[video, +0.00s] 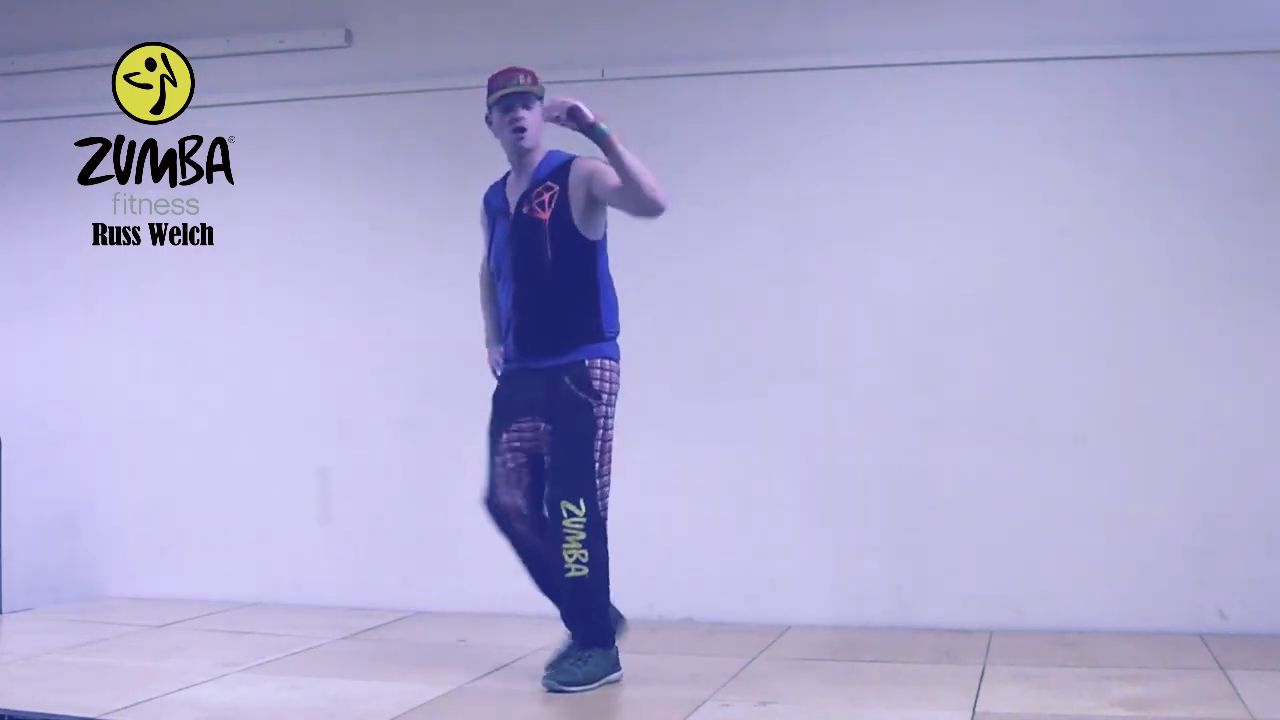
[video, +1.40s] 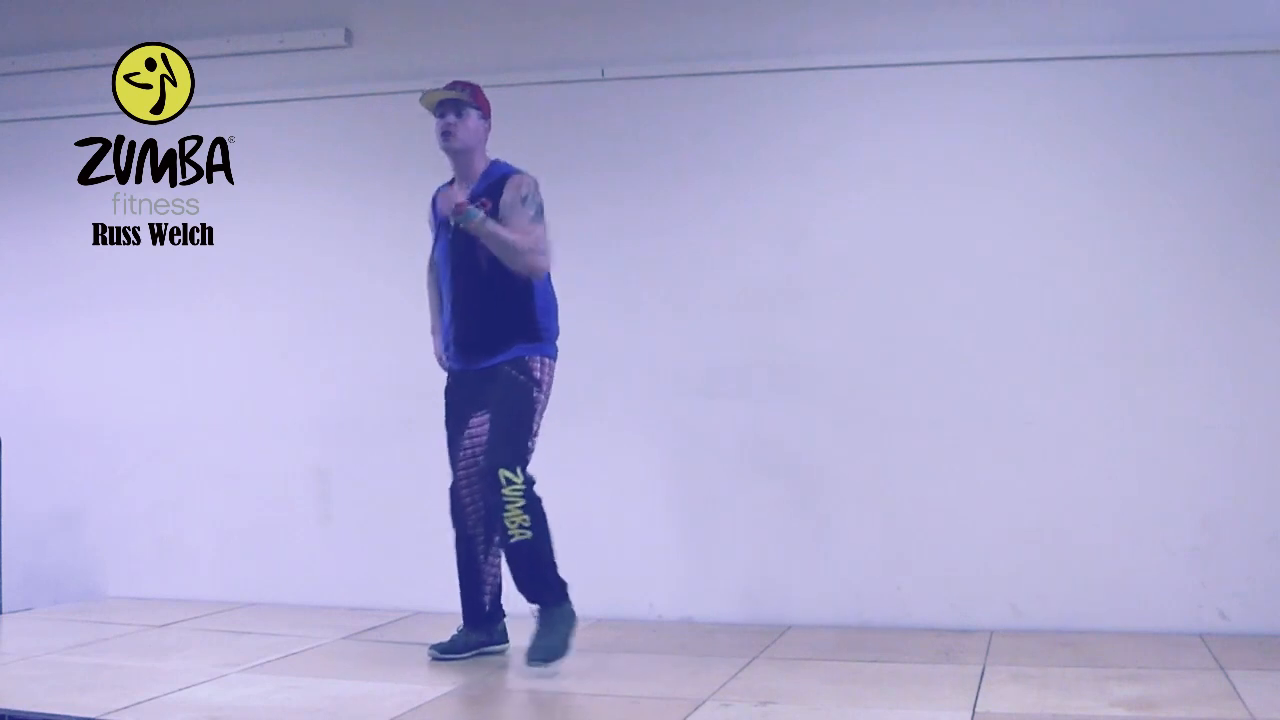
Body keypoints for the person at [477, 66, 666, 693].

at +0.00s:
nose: (518, 118)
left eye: (527, 106)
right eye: (506, 110)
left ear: (547, 115)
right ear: (492, 124)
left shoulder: (579, 172)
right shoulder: (494, 199)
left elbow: (653, 202)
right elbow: (491, 276)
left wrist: (599, 130)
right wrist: (494, 341)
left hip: (582, 365)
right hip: (521, 370)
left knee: (574, 504)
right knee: (507, 499)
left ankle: (595, 648)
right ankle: (593, 617)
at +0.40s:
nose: (508, 113)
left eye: (521, 105)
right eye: (505, 105)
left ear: (551, 117)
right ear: (502, 119)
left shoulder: (573, 182)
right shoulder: (505, 191)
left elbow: (611, 273)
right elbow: (514, 278)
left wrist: (587, 204)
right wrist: (507, 352)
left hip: (571, 365)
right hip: (514, 367)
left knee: (565, 503)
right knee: (459, 480)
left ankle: (594, 647)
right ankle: (510, 602)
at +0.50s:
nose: (508, 107)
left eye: (520, 98)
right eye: (504, 98)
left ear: (550, 108)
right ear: (501, 109)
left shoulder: (563, 179)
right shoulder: (501, 182)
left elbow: (571, 266)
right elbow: (498, 268)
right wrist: (493, 343)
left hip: (554, 360)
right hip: (500, 361)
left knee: (569, 500)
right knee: (482, 495)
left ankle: (594, 644)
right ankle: (482, 615)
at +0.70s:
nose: (488, 138)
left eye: (498, 127)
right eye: (481, 129)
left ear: (527, 129)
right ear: (476, 135)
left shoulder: (546, 202)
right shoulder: (482, 199)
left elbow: (517, 291)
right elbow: (463, 281)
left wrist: (475, 368)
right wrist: (455, 349)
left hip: (526, 370)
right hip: (476, 367)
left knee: (526, 499)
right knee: (472, 498)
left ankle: (581, 636)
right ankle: (485, 622)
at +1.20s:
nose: (448, 139)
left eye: (458, 128)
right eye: (440, 131)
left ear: (485, 132)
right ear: (435, 141)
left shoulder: (511, 203)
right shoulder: (454, 204)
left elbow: (502, 295)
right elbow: (465, 287)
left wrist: (438, 290)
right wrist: (446, 350)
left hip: (513, 367)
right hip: (462, 369)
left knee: (487, 495)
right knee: (455, 492)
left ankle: (522, 610)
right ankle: (480, 618)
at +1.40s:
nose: (445, 123)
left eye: (457, 114)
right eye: (440, 115)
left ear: (485, 124)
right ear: (436, 129)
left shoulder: (516, 187)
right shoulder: (441, 200)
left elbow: (536, 259)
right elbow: (438, 272)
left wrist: (473, 219)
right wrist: (439, 332)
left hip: (521, 356)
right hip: (468, 363)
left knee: (504, 475)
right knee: (468, 489)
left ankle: (553, 607)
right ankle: (483, 623)